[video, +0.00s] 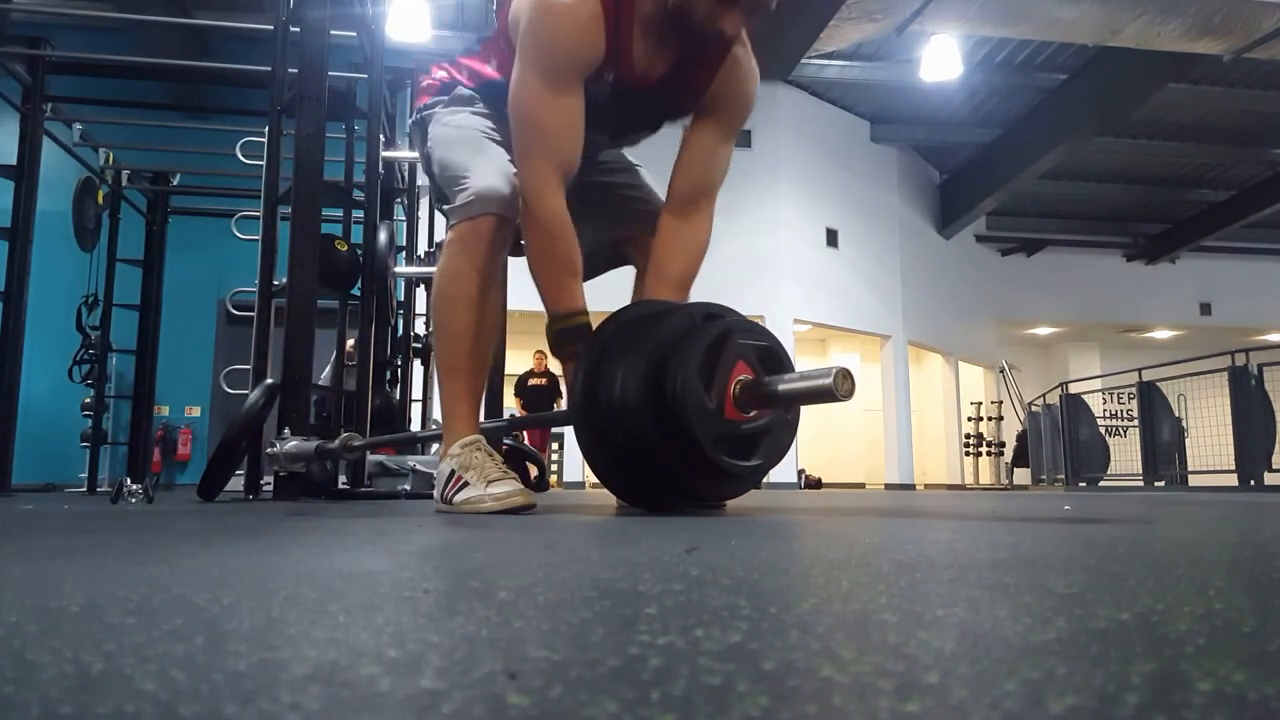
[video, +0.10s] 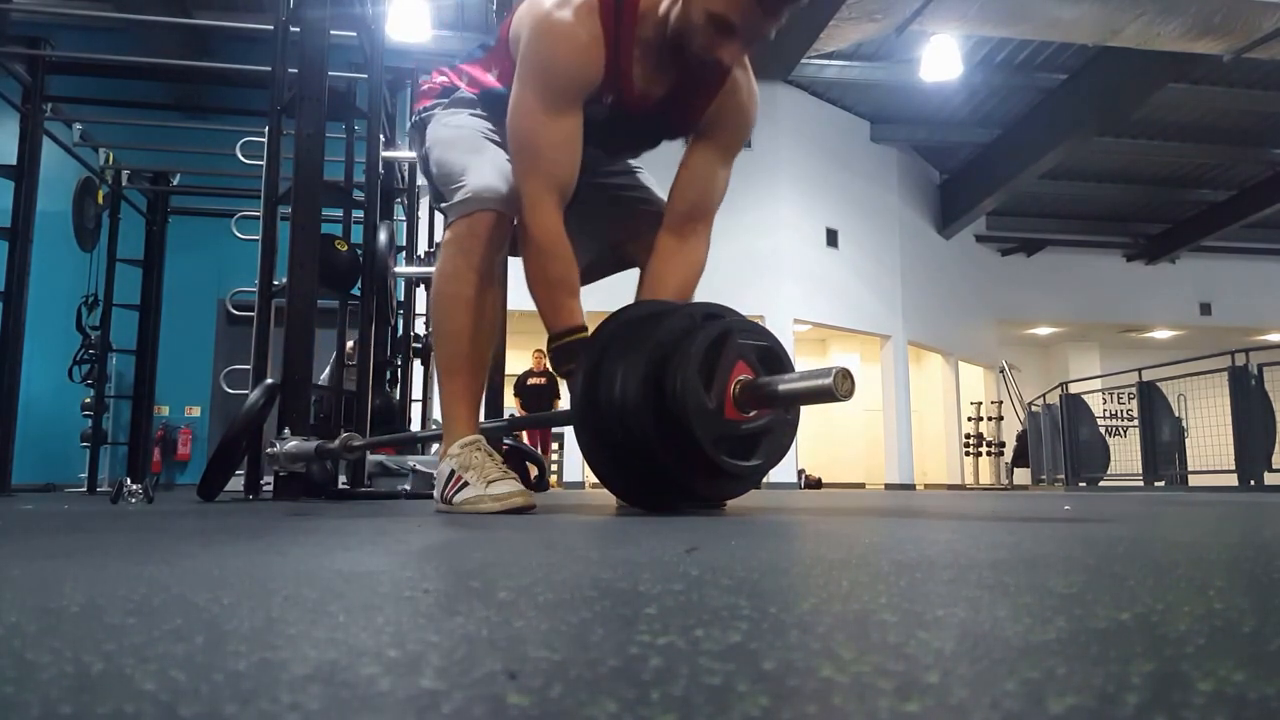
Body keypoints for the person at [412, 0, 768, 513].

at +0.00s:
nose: (733, 24)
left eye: (750, 12)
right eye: (725, 3)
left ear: (759, 9)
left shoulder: (733, 69)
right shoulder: (566, 15)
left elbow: (690, 210)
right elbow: (543, 182)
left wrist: (650, 349)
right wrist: (575, 346)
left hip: (580, 131)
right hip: (473, 102)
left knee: (664, 237)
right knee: (490, 200)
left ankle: (654, 454)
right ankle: (462, 450)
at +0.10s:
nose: (730, 54)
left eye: (751, 42)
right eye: (721, 26)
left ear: (770, 33)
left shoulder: (732, 93)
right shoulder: (566, 29)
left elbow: (686, 230)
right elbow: (541, 204)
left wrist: (650, 363)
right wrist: (574, 355)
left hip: (581, 141)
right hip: (477, 107)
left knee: (664, 236)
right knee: (487, 199)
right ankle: (461, 451)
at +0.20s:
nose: (730, 76)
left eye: (750, 62)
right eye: (720, 46)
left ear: (770, 49)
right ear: (678, 6)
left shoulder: (731, 110)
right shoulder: (566, 39)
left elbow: (685, 242)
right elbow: (534, 215)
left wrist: (653, 371)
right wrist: (570, 358)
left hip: (585, 149)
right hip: (479, 111)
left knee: (671, 239)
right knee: (482, 204)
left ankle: (655, 446)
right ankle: (461, 452)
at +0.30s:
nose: (728, 86)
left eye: (749, 74)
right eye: (720, 59)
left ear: (766, 64)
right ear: (683, 10)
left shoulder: (729, 122)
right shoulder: (566, 42)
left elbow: (683, 252)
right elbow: (530, 218)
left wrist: (654, 384)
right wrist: (570, 362)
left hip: (581, 152)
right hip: (477, 112)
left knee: (673, 240)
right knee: (480, 206)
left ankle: (656, 446)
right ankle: (461, 452)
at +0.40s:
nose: (726, 95)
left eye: (748, 83)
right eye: (718, 68)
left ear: (768, 72)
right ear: (681, 15)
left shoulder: (726, 130)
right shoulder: (565, 48)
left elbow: (681, 261)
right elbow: (528, 225)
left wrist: (656, 390)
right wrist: (575, 367)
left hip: (574, 153)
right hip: (474, 112)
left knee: (673, 241)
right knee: (478, 208)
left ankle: (656, 448)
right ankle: (461, 451)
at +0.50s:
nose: (728, 108)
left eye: (748, 92)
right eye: (718, 80)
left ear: (767, 82)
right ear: (678, 30)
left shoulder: (726, 140)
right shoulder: (564, 59)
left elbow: (684, 268)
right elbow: (523, 233)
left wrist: (665, 399)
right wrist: (576, 373)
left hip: (576, 156)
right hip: (473, 115)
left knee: (674, 246)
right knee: (475, 212)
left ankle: (658, 451)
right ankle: (461, 452)